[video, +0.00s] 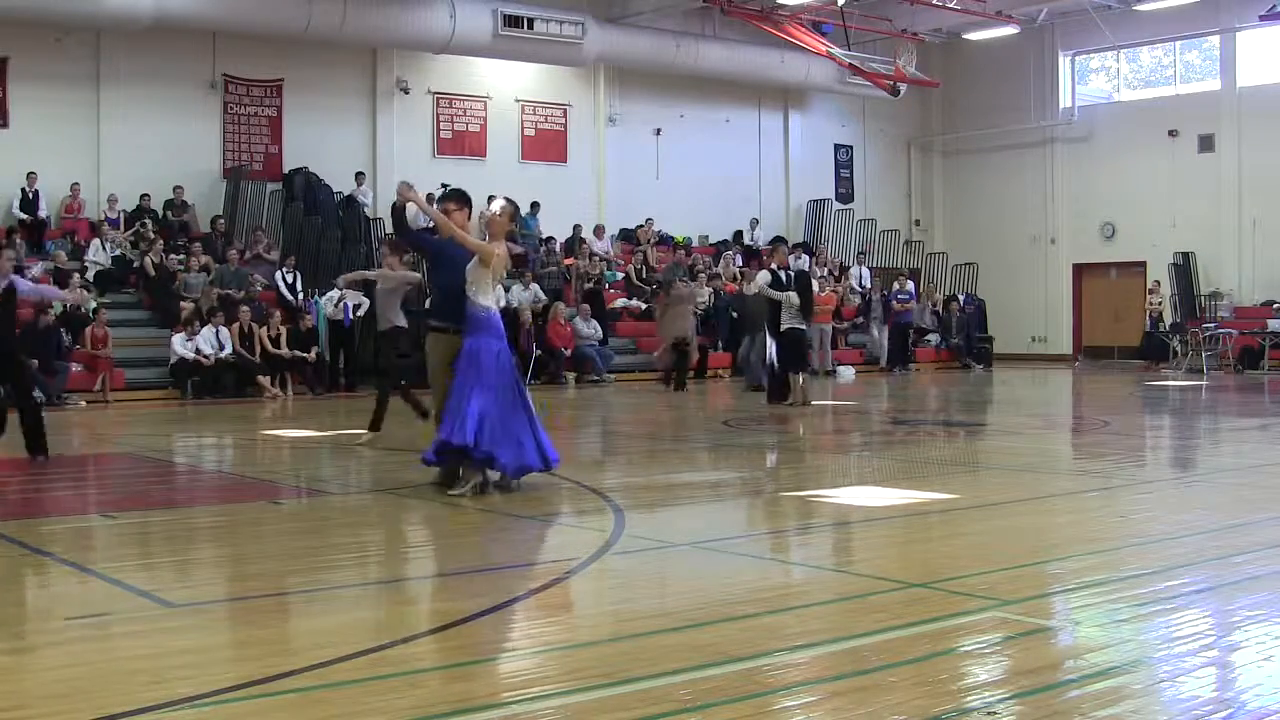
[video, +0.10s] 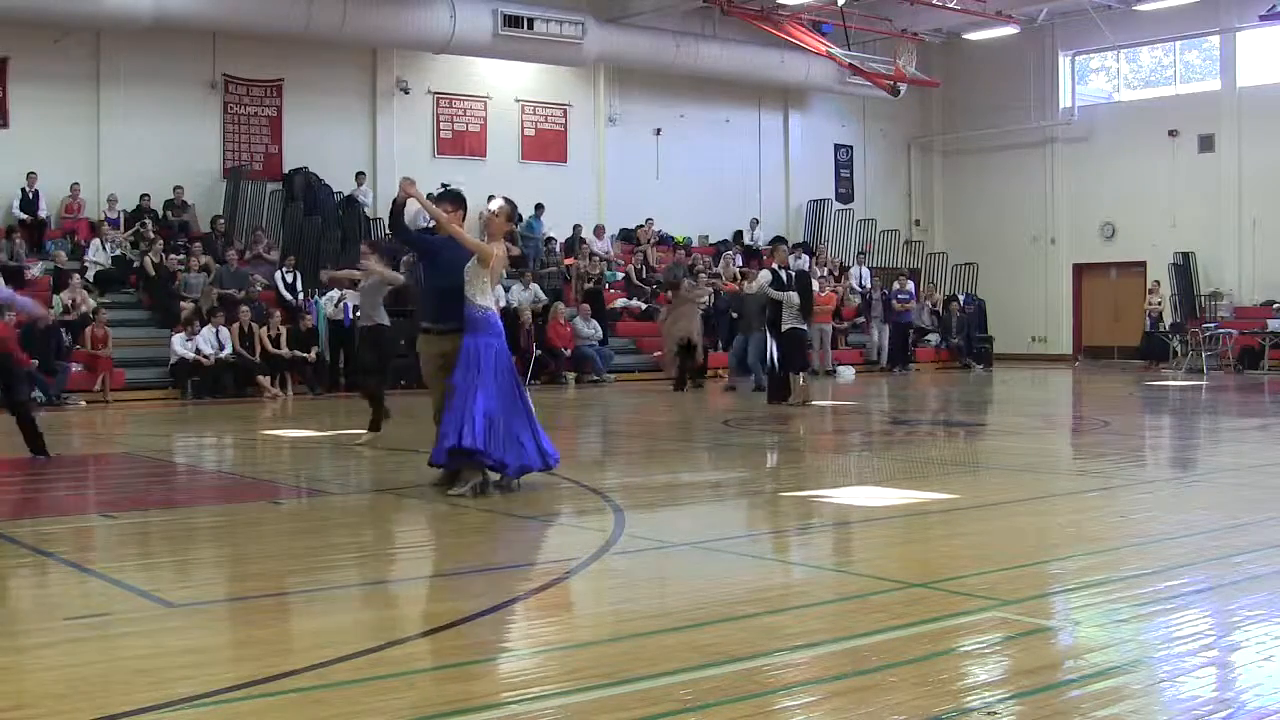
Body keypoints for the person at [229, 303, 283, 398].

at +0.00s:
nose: (246, 314)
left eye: (248, 312)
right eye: (243, 312)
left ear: (250, 314)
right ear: (239, 315)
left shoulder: (255, 326)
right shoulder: (235, 327)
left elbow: (257, 343)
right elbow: (237, 347)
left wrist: (257, 356)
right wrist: (250, 357)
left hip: (253, 354)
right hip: (241, 353)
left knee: (264, 367)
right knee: (253, 368)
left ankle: (267, 391)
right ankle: (271, 390)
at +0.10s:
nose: (245, 314)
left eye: (247, 311)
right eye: (242, 312)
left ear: (250, 313)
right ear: (239, 315)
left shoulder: (255, 326)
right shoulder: (235, 327)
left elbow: (257, 343)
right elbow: (237, 347)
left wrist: (257, 356)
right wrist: (249, 357)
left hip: (253, 354)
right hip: (241, 354)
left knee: (264, 366)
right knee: (254, 367)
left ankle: (267, 392)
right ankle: (271, 390)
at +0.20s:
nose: (245, 314)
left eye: (247, 311)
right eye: (242, 312)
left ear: (250, 313)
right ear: (238, 315)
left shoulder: (255, 326)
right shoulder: (235, 327)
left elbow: (257, 343)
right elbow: (237, 347)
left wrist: (257, 356)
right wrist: (250, 357)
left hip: (253, 354)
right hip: (241, 354)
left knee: (264, 366)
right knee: (254, 367)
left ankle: (267, 392)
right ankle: (272, 390)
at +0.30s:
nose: (245, 314)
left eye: (246, 311)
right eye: (242, 312)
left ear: (250, 313)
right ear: (238, 315)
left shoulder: (255, 326)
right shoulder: (235, 327)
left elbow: (257, 343)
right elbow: (237, 347)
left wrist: (257, 356)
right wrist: (249, 357)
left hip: (253, 354)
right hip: (241, 354)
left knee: (264, 366)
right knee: (254, 367)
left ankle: (267, 392)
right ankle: (271, 389)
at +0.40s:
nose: (245, 314)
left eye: (247, 311)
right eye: (242, 312)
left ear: (250, 313)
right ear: (238, 315)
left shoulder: (255, 326)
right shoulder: (235, 327)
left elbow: (257, 344)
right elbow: (237, 347)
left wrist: (257, 356)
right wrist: (250, 358)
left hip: (253, 354)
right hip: (242, 354)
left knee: (264, 366)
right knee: (254, 368)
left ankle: (267, 391)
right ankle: (271, 389)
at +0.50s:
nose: (245, 314)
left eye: (247, 311)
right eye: (242, 312)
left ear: (250, 313)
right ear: (238, 315)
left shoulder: (255, 326)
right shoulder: (235, 327)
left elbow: (257, 343)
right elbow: (237, 347)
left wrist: (257, 356)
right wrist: (249, 357)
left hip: (253, 354)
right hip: (242, 354)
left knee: (264, 367)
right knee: (254, 368)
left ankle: (267, 392)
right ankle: (270, 389)